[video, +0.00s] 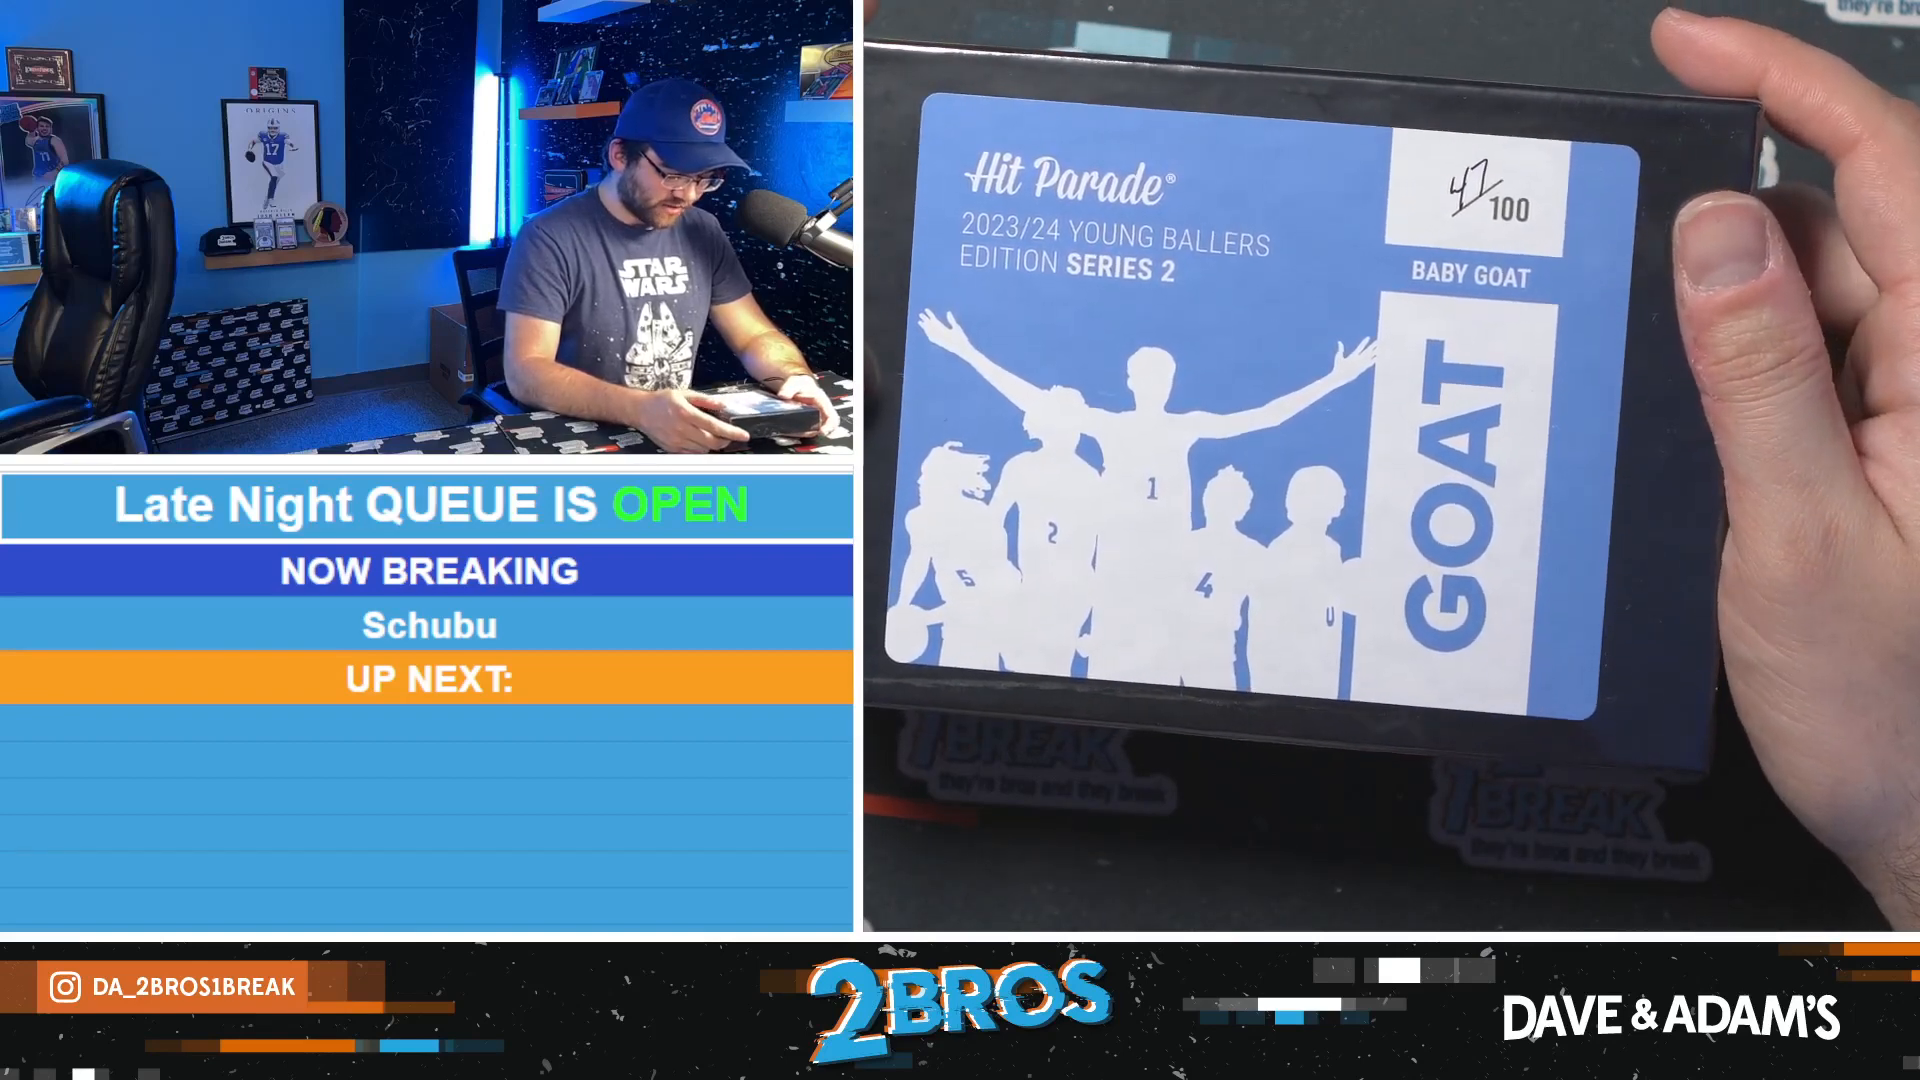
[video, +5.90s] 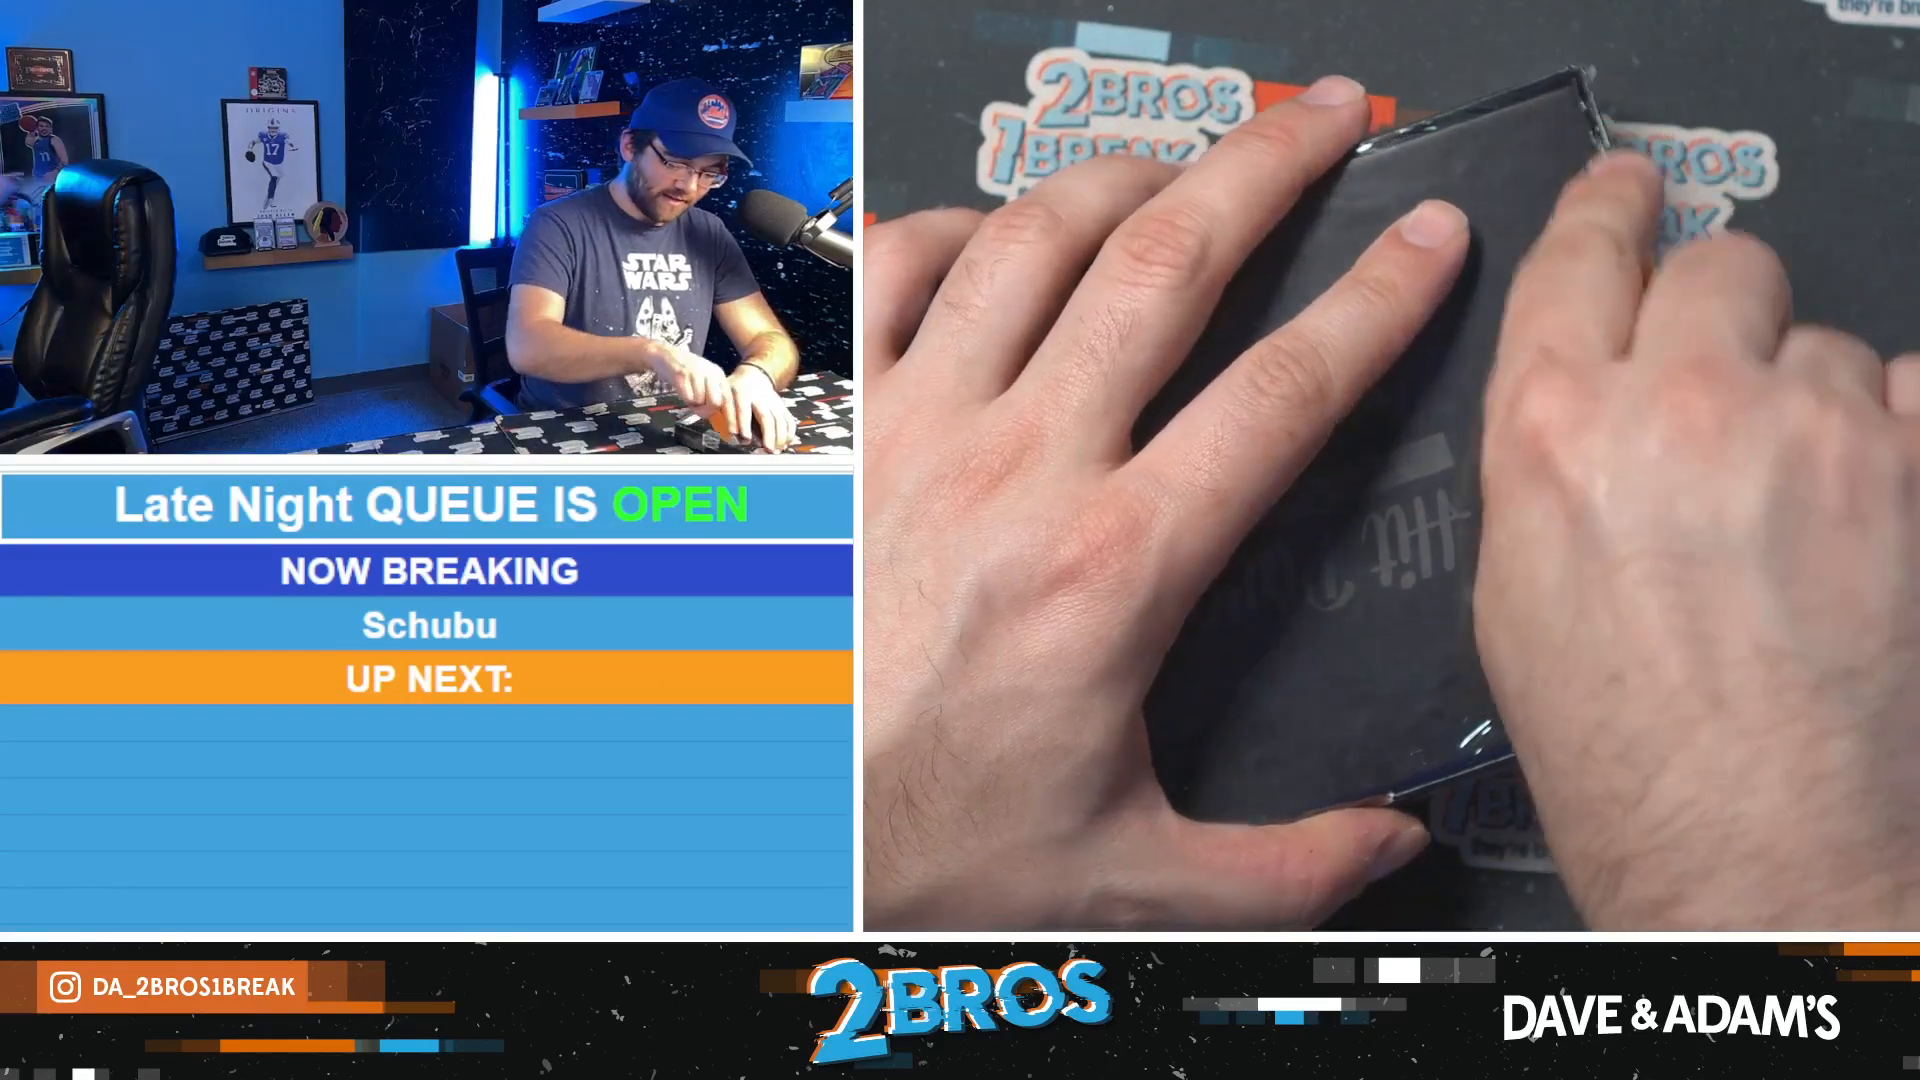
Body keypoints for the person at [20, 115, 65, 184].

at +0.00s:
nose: (44, 128)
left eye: (47, 126)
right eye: (41, 126)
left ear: (50, 128)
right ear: (37, 128)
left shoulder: (55, 140)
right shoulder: (35, 140)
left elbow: (64, 160)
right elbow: (28, 142)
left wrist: (54, 173)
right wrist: (31, 132)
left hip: (51, 177)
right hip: (37, 176)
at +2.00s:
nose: (44, 128)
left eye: (47, 126)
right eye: (41, 126)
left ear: (51, 129)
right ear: (37, 128)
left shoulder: (54, 140)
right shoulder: (35, 140)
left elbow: (64, 161)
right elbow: (28, 142)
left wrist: (54, 173)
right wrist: (31, 133)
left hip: (50, 177)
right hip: (37, 176)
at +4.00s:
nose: (44, 128)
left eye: (46, 126)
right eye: (41, 126)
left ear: (51, 128)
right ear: (37, 128)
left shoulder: (54, 140)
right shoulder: (35, 140)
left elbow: (64, 160)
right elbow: (28, 141)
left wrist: (54, 172)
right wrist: (31, 133)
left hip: (50, 176)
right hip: (37, 176)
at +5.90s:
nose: (44, 128)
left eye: (47, 126)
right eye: (41, 126)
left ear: (50, 128)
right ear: (37, 128)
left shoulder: (54, 140)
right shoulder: (35, 140)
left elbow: (64, 161)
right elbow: (28, 142)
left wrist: (53, 173)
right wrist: (31, 132)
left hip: (50, 177)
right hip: (37, 176)